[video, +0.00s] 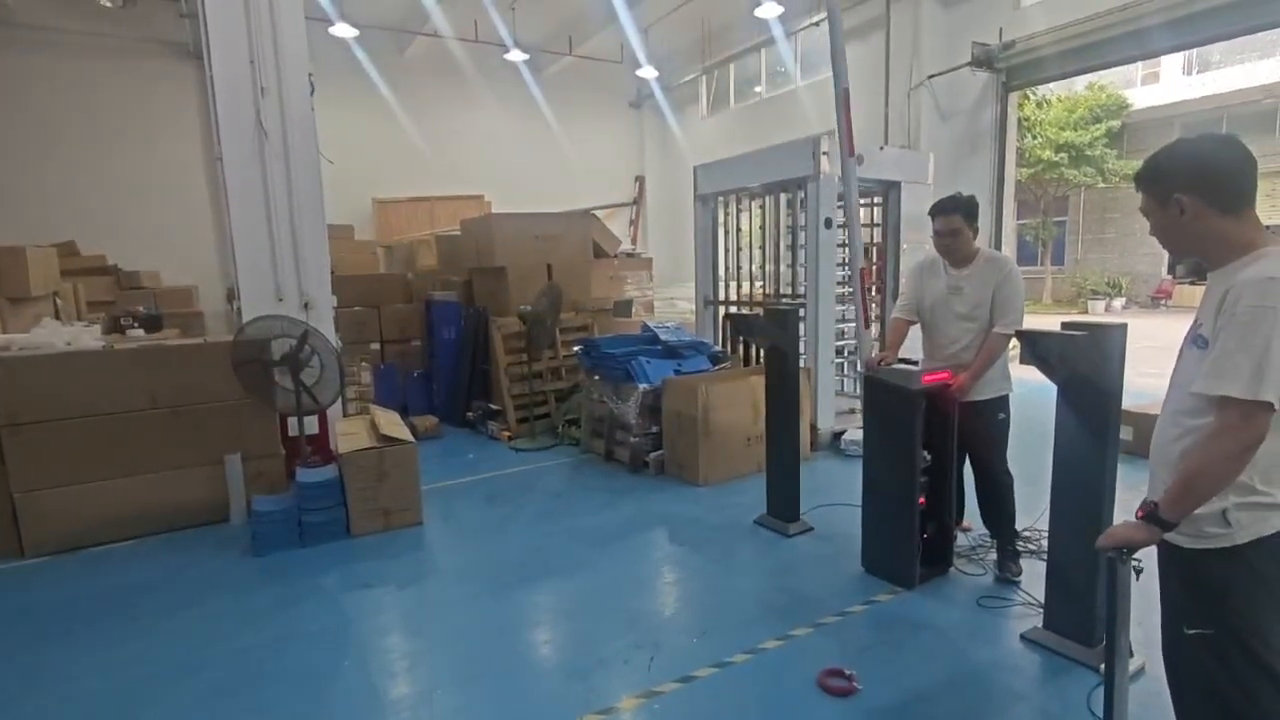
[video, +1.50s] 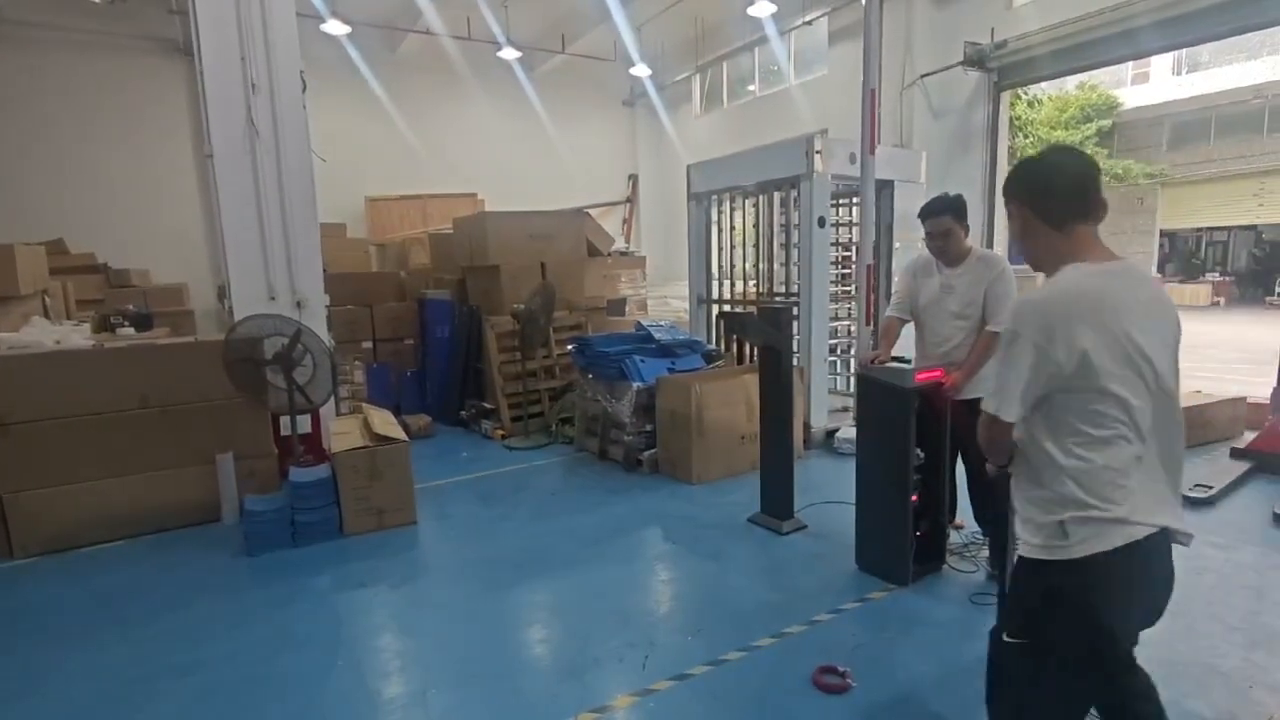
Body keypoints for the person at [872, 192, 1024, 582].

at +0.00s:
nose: (943, 243)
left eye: (952, 235)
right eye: (937, 235)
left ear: (974, 232)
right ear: (931, 233)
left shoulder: (1002, 270)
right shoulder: (923, 269)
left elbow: (1003, 330)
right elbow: (903, 314)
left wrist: (970, 375)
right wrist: (888, 351)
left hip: (986, 392)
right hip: (937, 391)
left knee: (992, 474)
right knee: (941, 473)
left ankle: (1006, 546)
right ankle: (937, 548)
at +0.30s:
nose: (941, 243)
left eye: (950, 234)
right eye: (935, 234)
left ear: (973, 231)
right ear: (930, 232)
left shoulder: (1001, 269)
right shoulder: (922, 268)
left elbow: (1001, 330)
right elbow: (902, 314)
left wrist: (970, 373)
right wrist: (888, 351)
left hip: (985, 390)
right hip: (937, 389)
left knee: (990, 470)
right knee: (940, 471)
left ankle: (1005, 544)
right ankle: (937, 548)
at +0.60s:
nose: (941, 243)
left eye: (949, 235)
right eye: (935, 235)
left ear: (972, 230)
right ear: (928, 232)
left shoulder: (999, 267)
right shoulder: (921, 267)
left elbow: (1000, 330)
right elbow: (901, 313)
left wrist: (967, 374)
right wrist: (887, 348)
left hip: (984, 390)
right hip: (935, 390)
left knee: (989, 471)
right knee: (938, 472)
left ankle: (1003, 543)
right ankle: (936, 547)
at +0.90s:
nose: (937, 245)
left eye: (944, 237)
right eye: (931, 237)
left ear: (968, 231)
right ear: (927, 233)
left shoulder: (998, 267)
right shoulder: (920, 267)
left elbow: (998, 330)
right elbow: (899, 313)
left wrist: (966, 373)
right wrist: (886, 348)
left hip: (982, 390)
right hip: (933, 389)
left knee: (987, 470)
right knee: (936, 471)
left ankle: (1001, 542)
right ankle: (934, 546)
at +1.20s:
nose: (936, 246)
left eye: (944, 238)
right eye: (930, 238)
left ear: (967, 231)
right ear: (924, 234)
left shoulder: (996, 268)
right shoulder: (918, 268)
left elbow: (996, 330)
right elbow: (898, 314)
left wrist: (964, 374)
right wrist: (883, 349)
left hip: (981, 391)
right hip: (932, 391)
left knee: (987, 472)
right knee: (935, 471)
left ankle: (1000, 542)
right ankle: (934, 543)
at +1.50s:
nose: (935, 244)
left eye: (943, 236)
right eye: (929, 236)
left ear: (966, 230)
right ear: (923, 234)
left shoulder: (994, 268)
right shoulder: (917, 268)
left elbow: (995, 328)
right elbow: (896, 313)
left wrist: (964, 373)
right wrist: (882, 349)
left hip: (978, 393)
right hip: (929, 392)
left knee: (986, 479)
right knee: (932, 476)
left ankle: (999, 555)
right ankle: (928, 551)